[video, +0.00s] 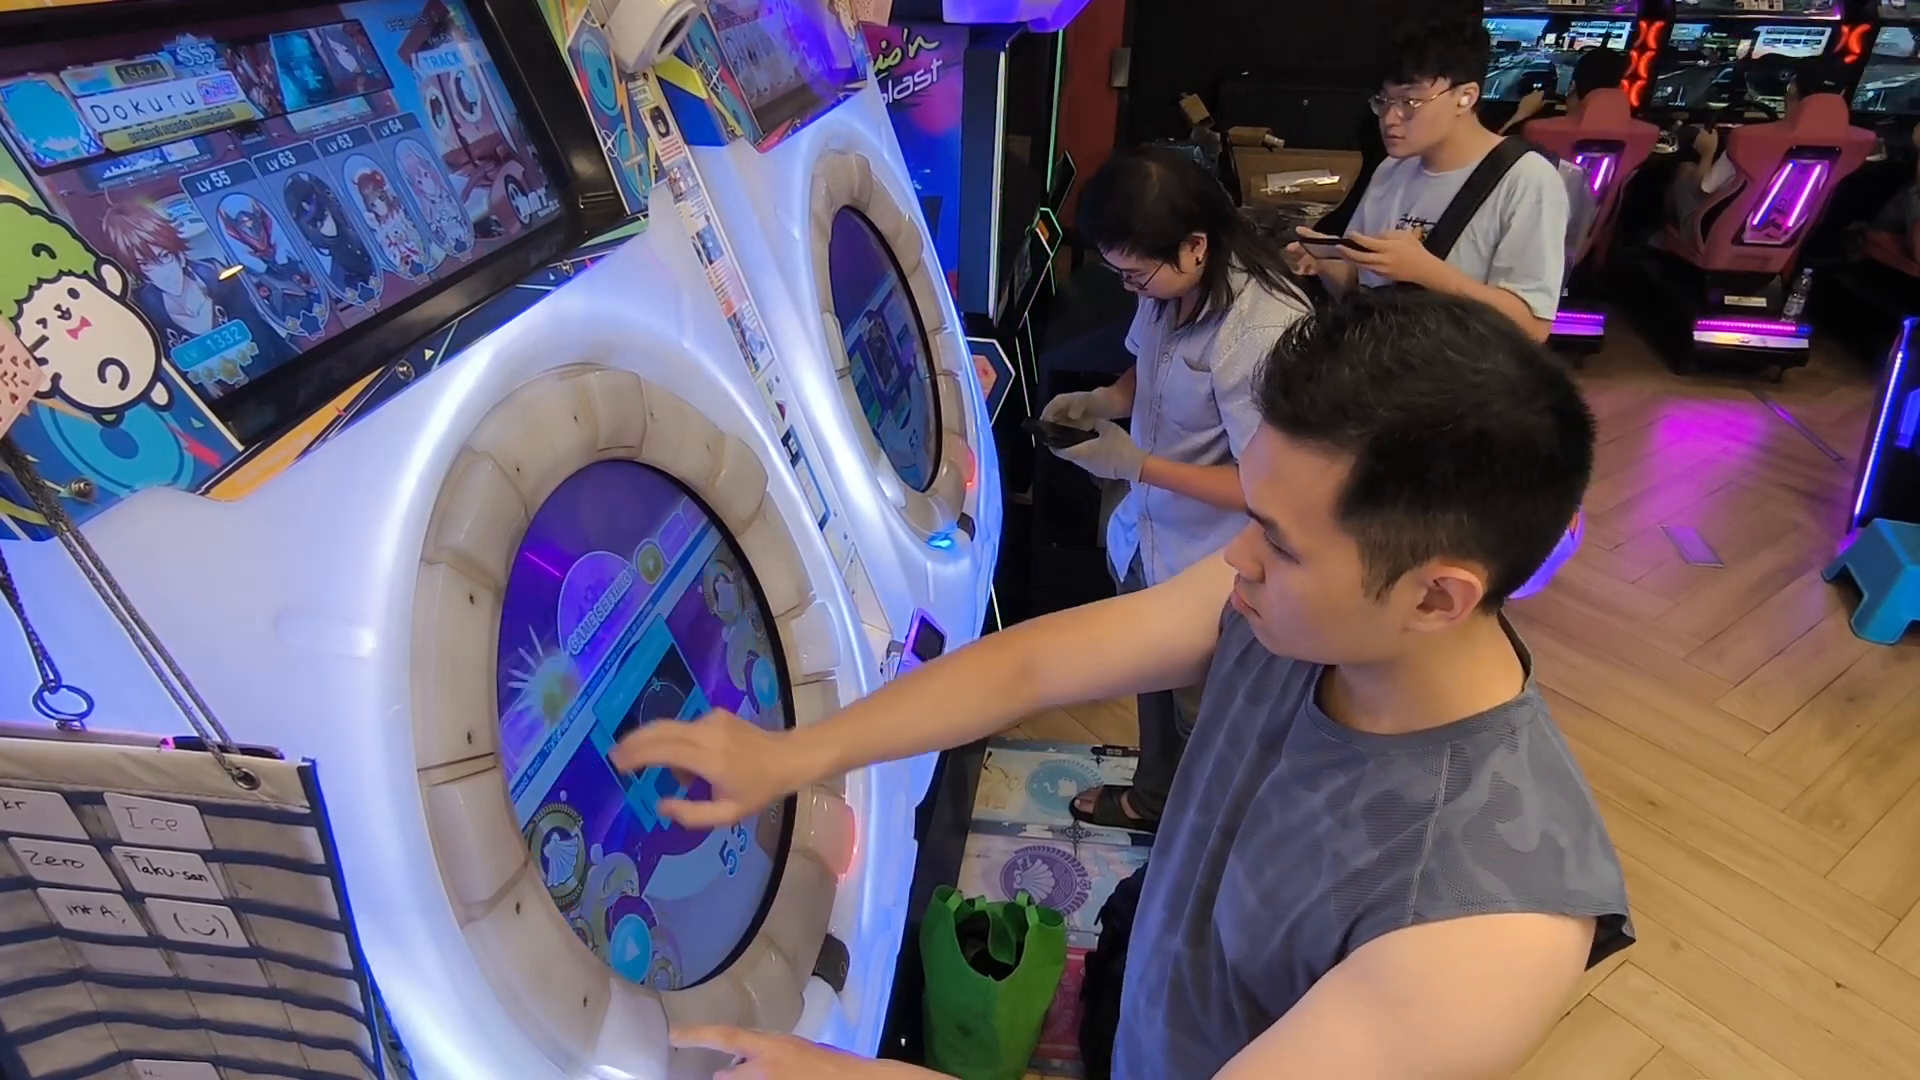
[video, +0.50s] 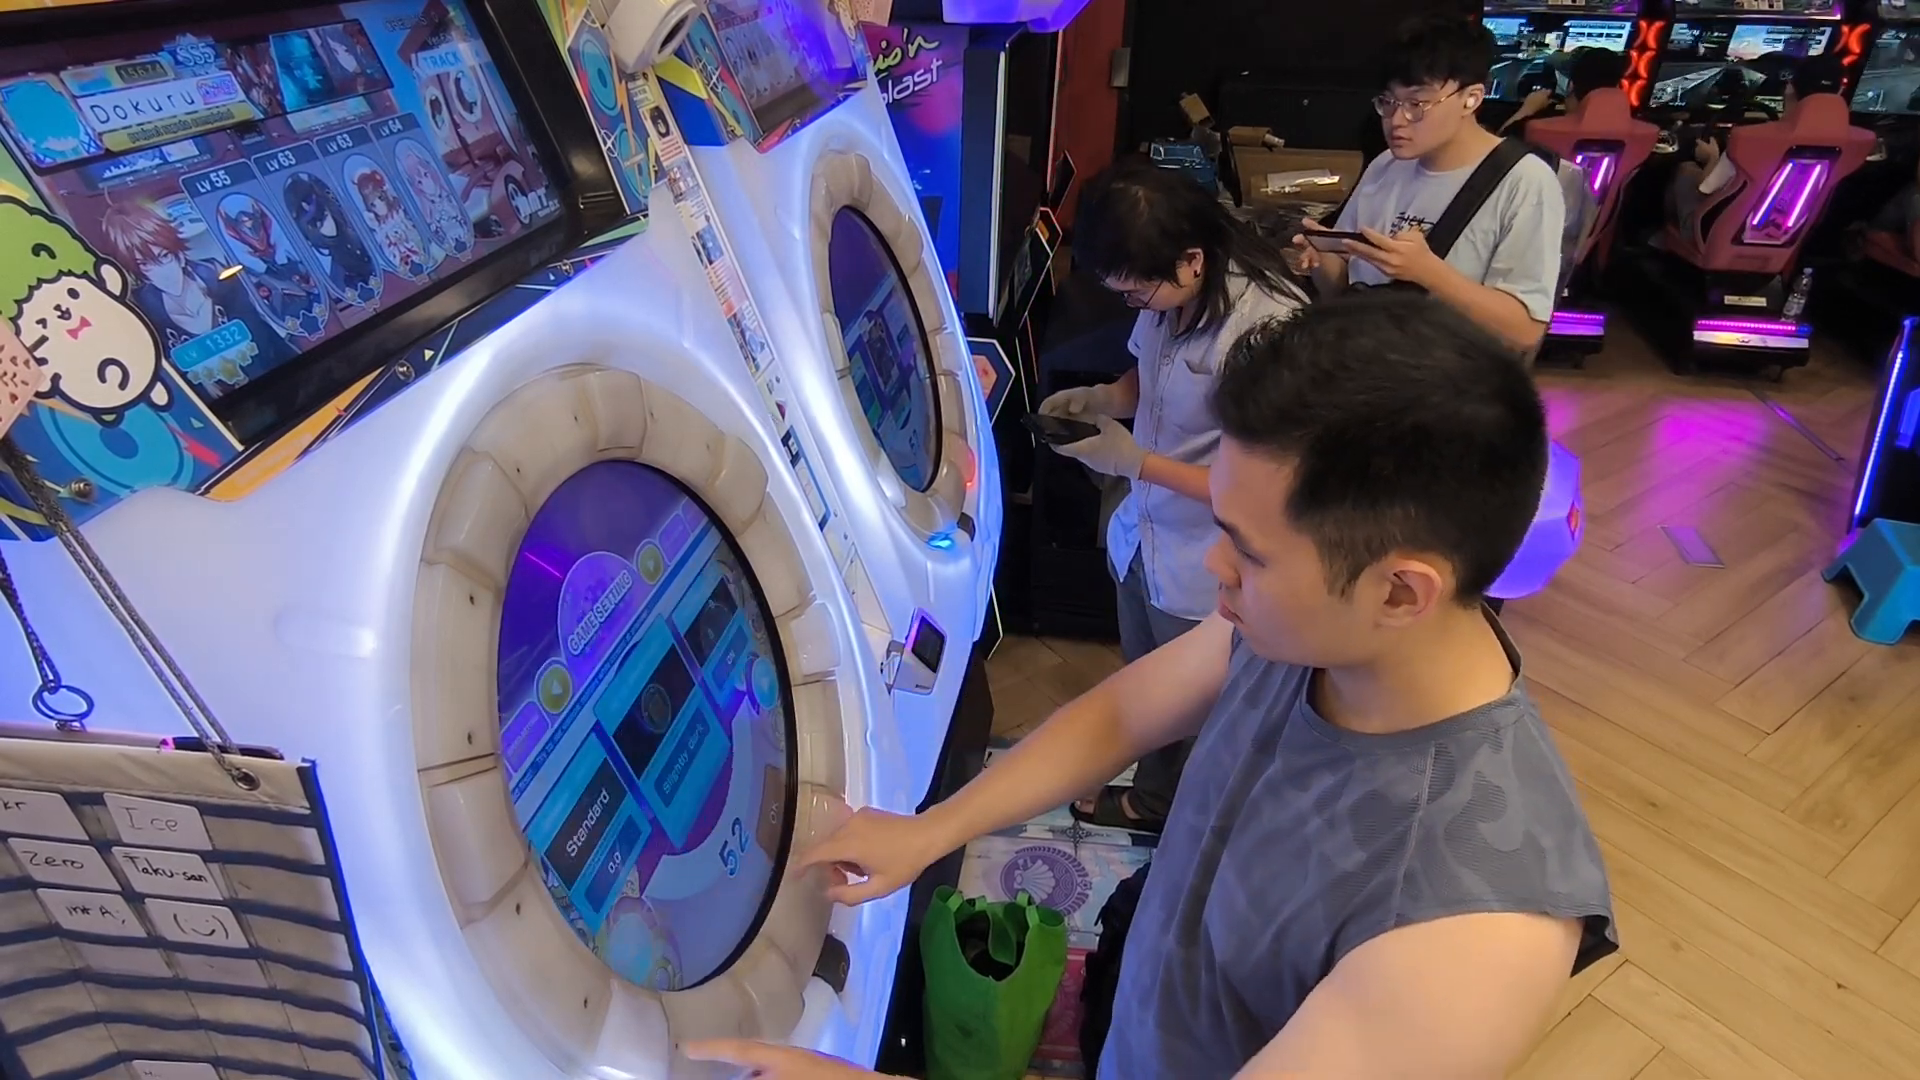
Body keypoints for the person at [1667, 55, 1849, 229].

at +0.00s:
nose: (1787, 90)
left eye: (1791, 86)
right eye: (1791, 84)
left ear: (1794, 92)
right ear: (1838, 98)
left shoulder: (1756, 140)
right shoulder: (1835, 151)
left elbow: (1707, 186)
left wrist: (1707, 152)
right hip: (1780, 245)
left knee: (1685, 171)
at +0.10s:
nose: (1786, 89)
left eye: (1789, 84)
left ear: (1792, 90)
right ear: (1839, 93)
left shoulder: (1756, 139)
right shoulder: (1841, 150)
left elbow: (1708, 185)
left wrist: (1707, 148)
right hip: (1782, 246)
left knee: (1684, 171)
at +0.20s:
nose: (1785, 88)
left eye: (1789, 83)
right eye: (1790, 82)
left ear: (1792, 90)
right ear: (1837, 94)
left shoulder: (1755, 139)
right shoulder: (1841, 150)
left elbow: (1706, 183)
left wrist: (1707, 145)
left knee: (1684, 171)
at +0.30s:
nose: (1785, 87)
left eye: (1789, 83)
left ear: (1791, 89)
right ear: (1836, 93)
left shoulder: (1755, 139)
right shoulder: (1841, 150)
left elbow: (1705, 185)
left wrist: (1706, 150)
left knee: (1684, 172)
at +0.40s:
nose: (1784, 87)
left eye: (1788, 82)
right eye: (1788, 81)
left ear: (1791, 90)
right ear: (1835, 93)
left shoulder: (1754, 140)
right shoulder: (1845, 151)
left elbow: (1707, 186)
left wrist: (1708, 158)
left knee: (1686, 170)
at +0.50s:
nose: (1784, 89)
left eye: (1788, 84)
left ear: (1791, 90)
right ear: (1836, 95)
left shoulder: (1754, 140)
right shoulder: (1845, 150)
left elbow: (1707, 187)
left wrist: (1710, 158)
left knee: (1686, 170)